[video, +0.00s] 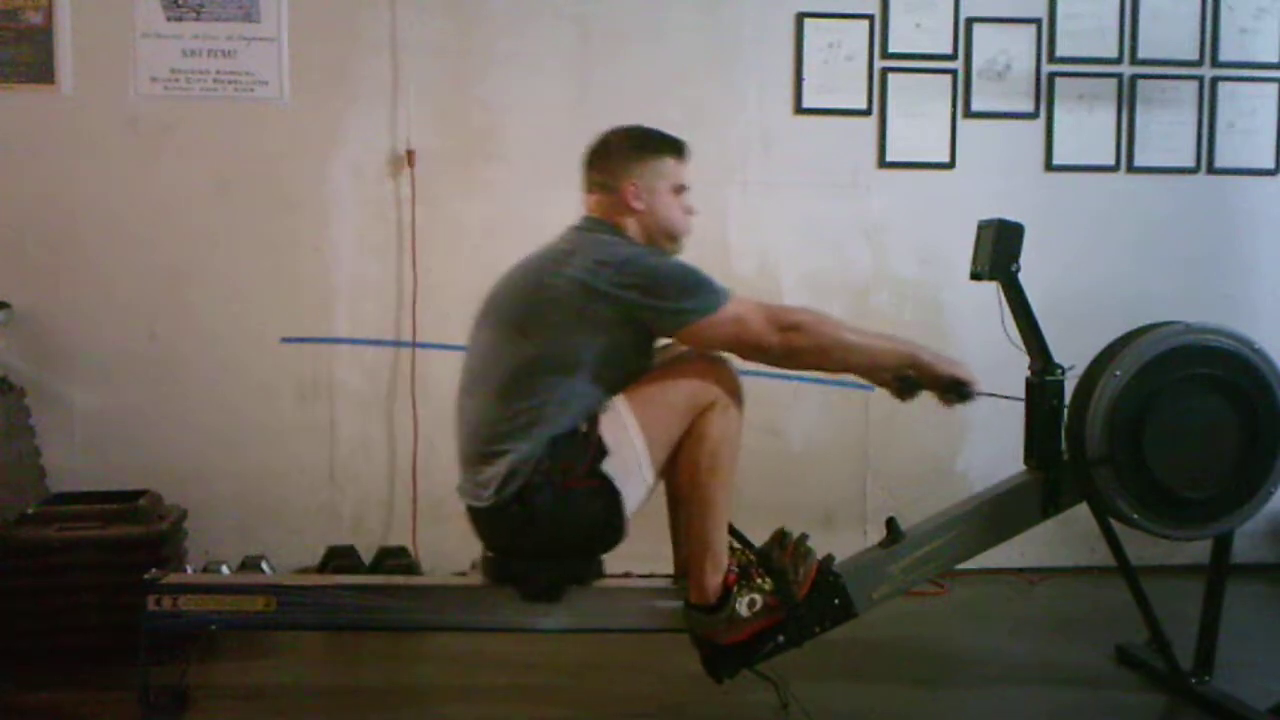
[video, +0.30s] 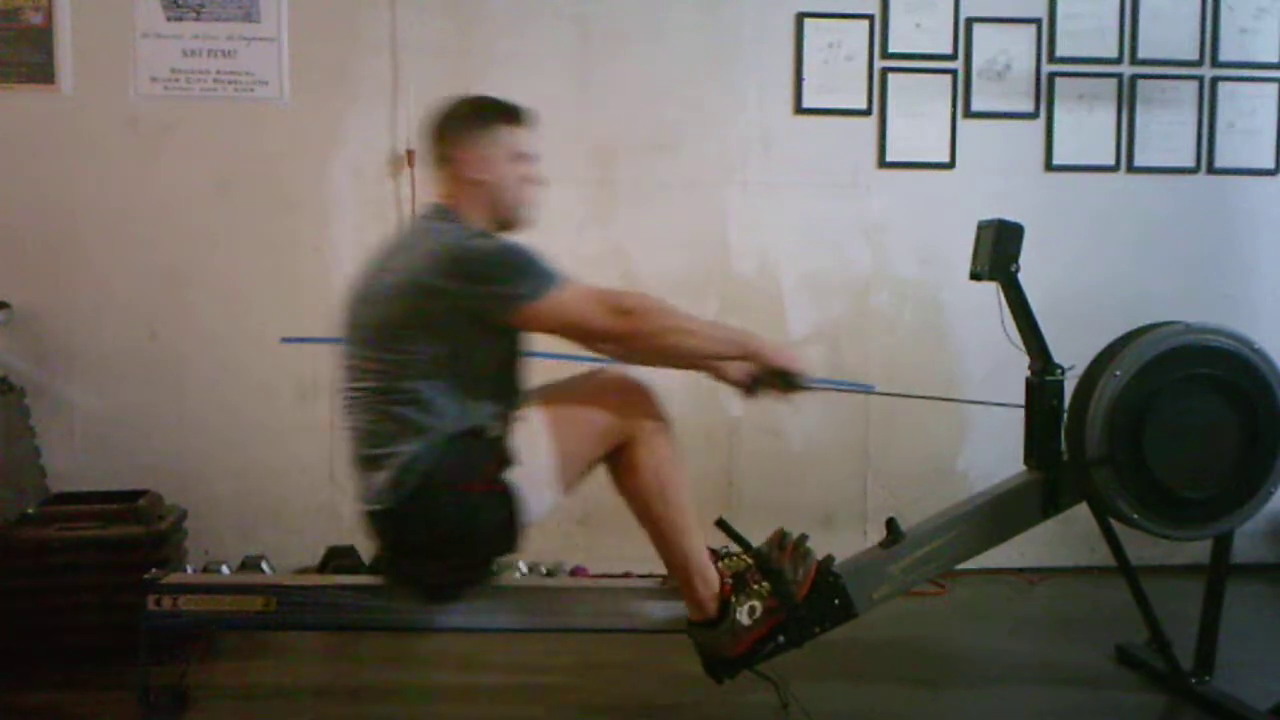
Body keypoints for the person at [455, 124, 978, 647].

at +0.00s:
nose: (689, 208)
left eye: (686, 192)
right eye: (678, 192)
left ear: (624, 199)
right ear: (632, 197)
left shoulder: (579, 260)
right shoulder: (619, 265)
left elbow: (753, 336)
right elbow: (772, 333)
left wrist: (877, 366)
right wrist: (912, 356)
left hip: (512, 509)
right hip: (539, 513)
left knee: (702, 377)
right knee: (713, 381)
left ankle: (705, 584)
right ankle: (715, 600)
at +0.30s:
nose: (534, 177)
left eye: (531, 160)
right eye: (518, 160)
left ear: (464, 163)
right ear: (466, 160)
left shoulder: (431, 250)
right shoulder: (462, 257)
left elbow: (605, 332)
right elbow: (617, 317)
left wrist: (723, 366)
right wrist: (753, 347)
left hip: (417, 501)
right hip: (438, 513)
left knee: (617, 392)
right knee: (627, 403)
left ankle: (701, 584)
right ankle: (713, 608)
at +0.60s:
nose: (267, 172)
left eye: (264, 155)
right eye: (248, 156)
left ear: (209, 169)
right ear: (188, 168)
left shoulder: (223, 259)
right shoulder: (193, 268)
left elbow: (329, 352)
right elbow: (327, 350)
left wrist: (459, 352)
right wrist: (468, 351)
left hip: (309, 480)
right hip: (289, 501)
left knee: (511, 481)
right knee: (510, 494)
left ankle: (697, 584)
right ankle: (705, 611)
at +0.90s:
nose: (177, 204)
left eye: (174, 188)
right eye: (157, 188)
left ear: (130, 202)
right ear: (97, 202)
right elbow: (55, 430)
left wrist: (239, 353)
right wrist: (175, 351)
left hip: (306, 470)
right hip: (274, 501)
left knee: (504, 512)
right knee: (494, 528)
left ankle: (709, 591)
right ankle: (710, 614)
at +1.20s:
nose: (220, 198)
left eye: (218, 183)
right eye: (203, 181)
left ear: (159, 189)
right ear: (139, 185)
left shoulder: (170, 286)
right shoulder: (118, 291)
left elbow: (191, 407)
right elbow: (137, 427)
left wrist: (299, 383)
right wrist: (283, 372)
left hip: (292, 474)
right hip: (270, 502)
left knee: (497, 504)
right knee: (490, 524)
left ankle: (706, 589)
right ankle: (708, 612)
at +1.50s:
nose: (320, 186)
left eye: (318, 169)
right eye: (303, 169)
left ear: (252, 174)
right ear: (243, 170)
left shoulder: (260, 264)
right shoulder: (218, 267)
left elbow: (360, 365)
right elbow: (342, 376)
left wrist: (479, 397)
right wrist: (484, 399)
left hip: (314, 479)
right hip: (284, 507)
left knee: (511, 475)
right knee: (509, 489)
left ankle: (703, 584)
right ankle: (705, 613)